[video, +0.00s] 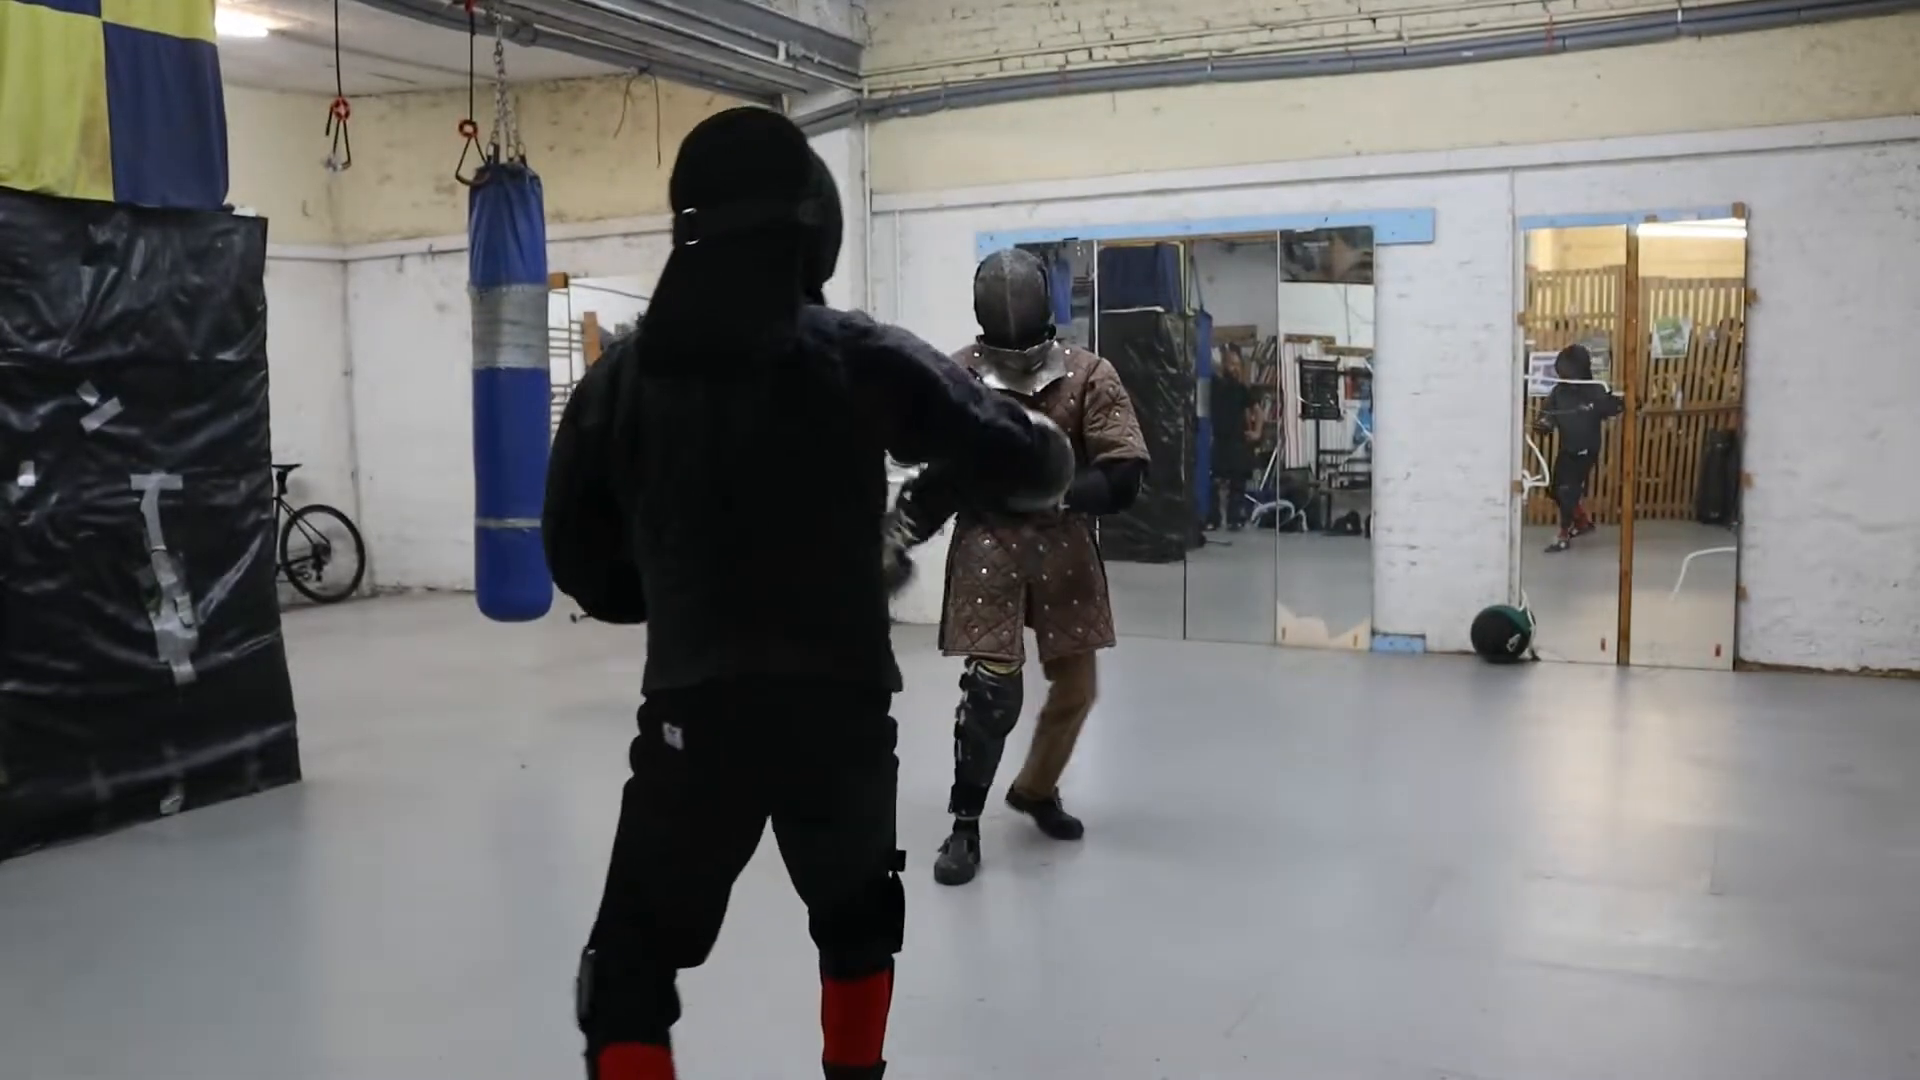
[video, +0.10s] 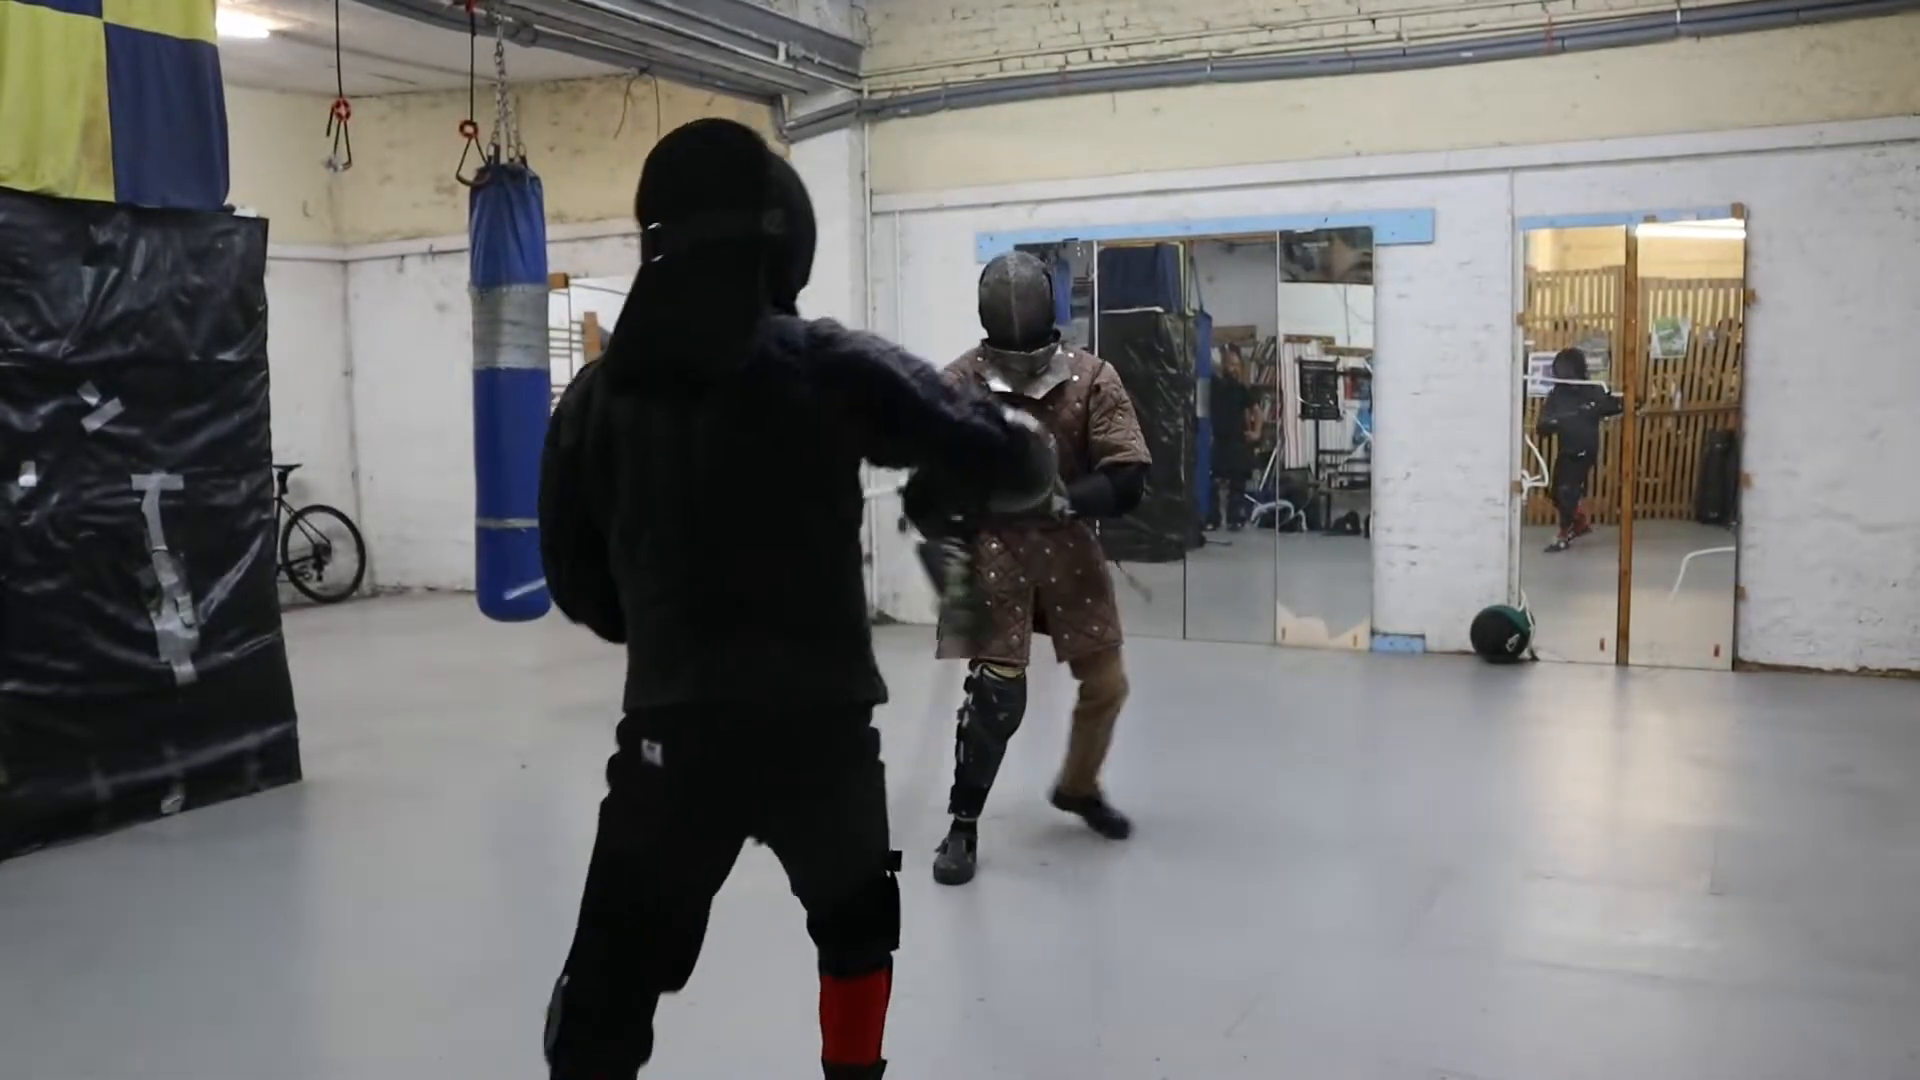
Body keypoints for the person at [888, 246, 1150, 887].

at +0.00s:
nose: (1017, 357)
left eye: (1028, 343)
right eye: (1002, 344)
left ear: (1047, 321)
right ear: (984, 325)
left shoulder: (1090, 375)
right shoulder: (959, 377)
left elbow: (1125, 474)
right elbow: (938, 476)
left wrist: (1057, 493)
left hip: (1065, 549)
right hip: (986, 548)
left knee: (1076, 690)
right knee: (994, 692)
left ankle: (1036, 788)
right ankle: (964, 826)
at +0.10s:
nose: (1021, 365)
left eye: (1033, 351)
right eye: (1008, 353)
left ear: (1052, 326)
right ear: (988, 330)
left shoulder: (1092, 377)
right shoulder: (960, 383)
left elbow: (1128, 475)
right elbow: (925, 483)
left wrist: (1065, 500)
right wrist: (946, 535)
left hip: (1071, 548)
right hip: (993, 549)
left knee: (1105, 685)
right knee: (998, 696)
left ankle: (1078, 787)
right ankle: (961, 828)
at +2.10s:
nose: (1124, 356)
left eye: (1138, 339)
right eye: (1108, 342)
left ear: (1164, 319)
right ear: (1090, 328)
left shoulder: (1219, 386)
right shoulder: (1071, 394)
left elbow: (1275, 492)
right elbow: (1043, 509)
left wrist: (1195, 521)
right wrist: (1020, 587)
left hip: (1197, 579)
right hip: (1105, 579)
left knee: (1229, 732)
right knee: (1089, 733)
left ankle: (1222, 854)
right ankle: (1049, 891)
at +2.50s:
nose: (1186, 347)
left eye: (1199, 333)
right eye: (1174, 334)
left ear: (1226, 322)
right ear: (1159, 326)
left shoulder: (1268, 383)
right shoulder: (1136, 381)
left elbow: (1294, 481)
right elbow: (1104, 462)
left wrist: (1208, 485)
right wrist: (1088, 503)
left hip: (1227, 565)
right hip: (1144, 561)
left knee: (1243, 704)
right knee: (1097, 698)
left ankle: (1234, 850)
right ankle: (1141, 795)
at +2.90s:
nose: (1167, 357)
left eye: (1178, 345)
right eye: (1154, 347)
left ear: (1201, 325)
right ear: (1138, 333)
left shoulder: (1245, 378)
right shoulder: (1120, 381)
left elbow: (1263, 469)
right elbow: (1108, 474)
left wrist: (1185, 439)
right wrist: (1162, 511)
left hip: (1217, 546)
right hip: (1143, 548)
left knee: (1233, 666)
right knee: (1140, 673)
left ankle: (1240, 815)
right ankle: (1171, 773)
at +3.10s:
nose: (1173, 338)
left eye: (1185, 323)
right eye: (1161, 325)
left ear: (1207, 311)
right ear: (1146, 319)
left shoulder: (1255, 371)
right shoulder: (1126, 377)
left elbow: (1282, 459)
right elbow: (1093, 471)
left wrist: (1202, 438)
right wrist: (1106, 545)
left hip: (1224, 533)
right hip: (1149, 535)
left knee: (1244, 673)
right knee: (1151, 667)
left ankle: (1231, 785)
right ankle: (1171, 773)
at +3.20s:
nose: (1181, 325)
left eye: (1192, 312)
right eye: (1168, 313)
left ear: (1212, 308)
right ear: (1153, 314)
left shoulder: (1260, 372)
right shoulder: (1132, 377)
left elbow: (1298, 454)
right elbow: (1093, 469)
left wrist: (1227, 453)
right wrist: (1085, 546)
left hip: (1234, 533)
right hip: (1157, 534)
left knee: (1247, 672)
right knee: (1152, 668)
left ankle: (1231, 787)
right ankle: (1162, 766)